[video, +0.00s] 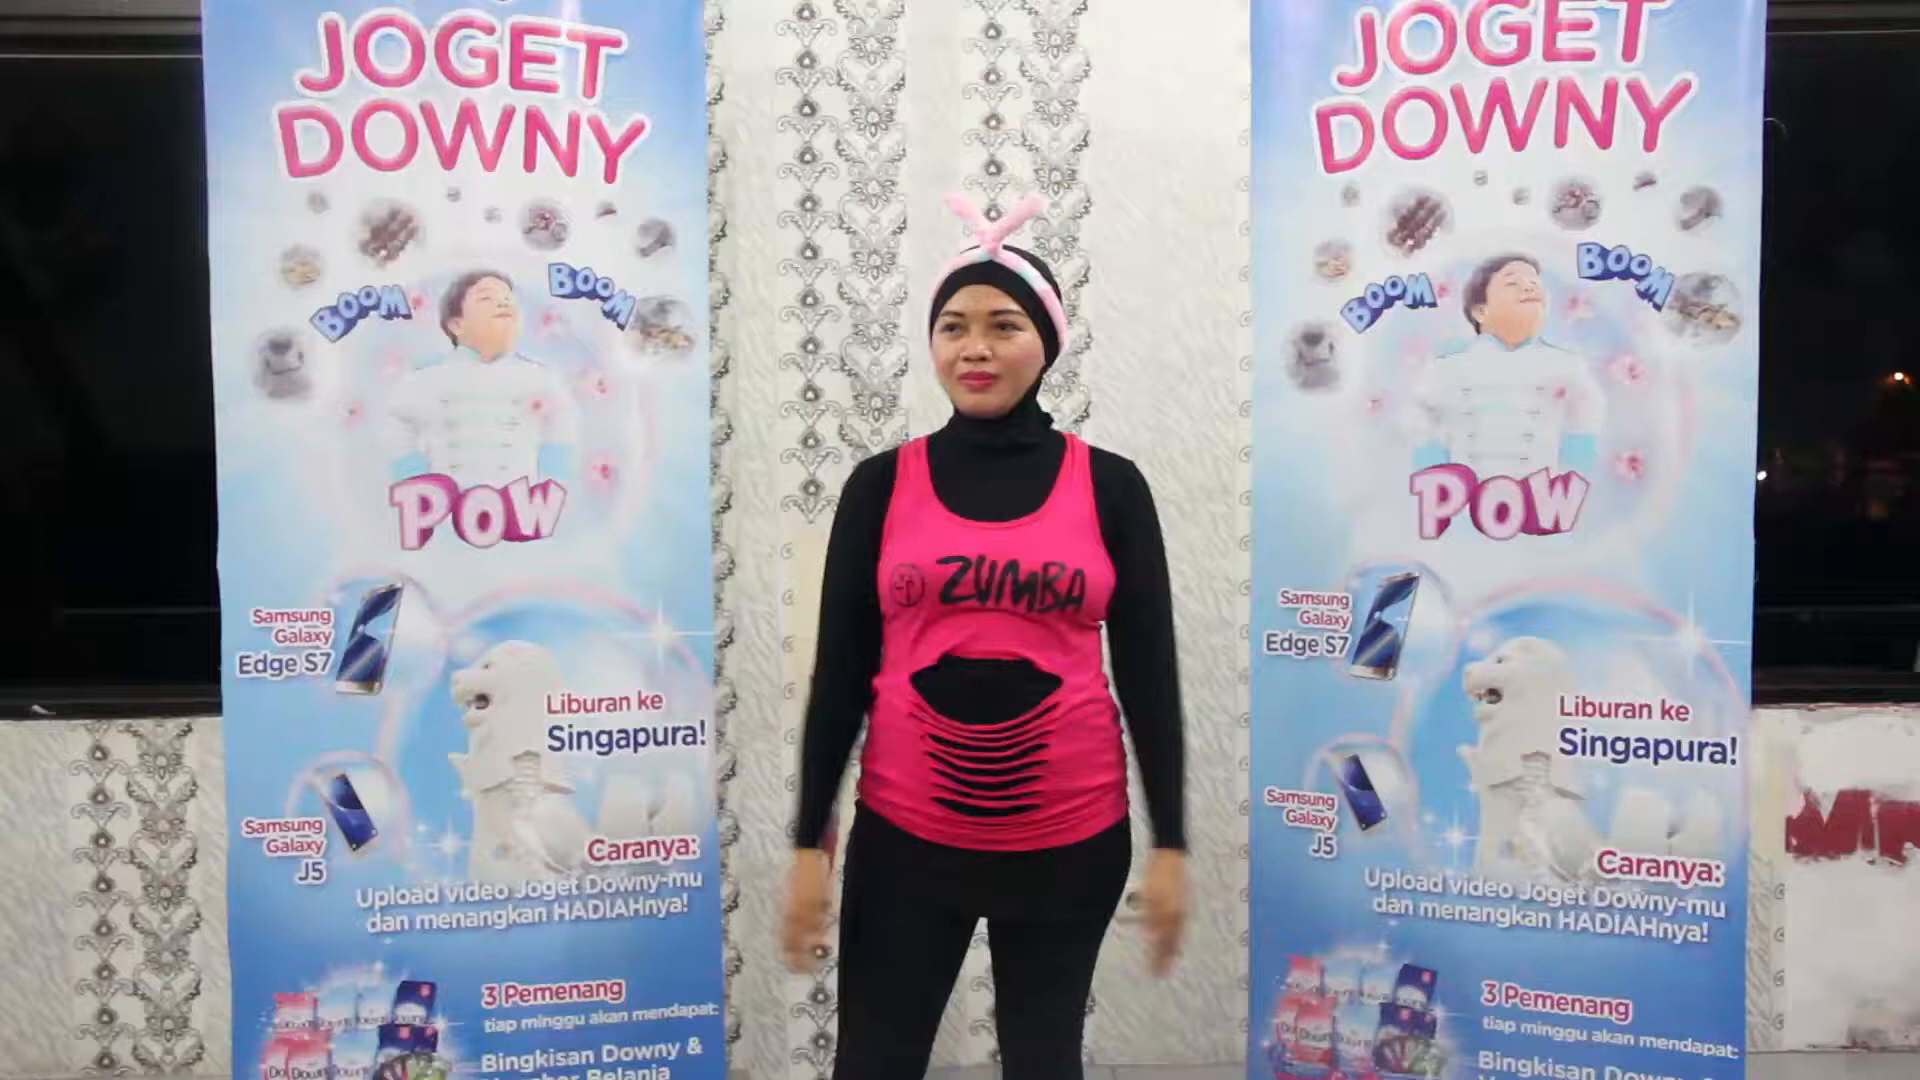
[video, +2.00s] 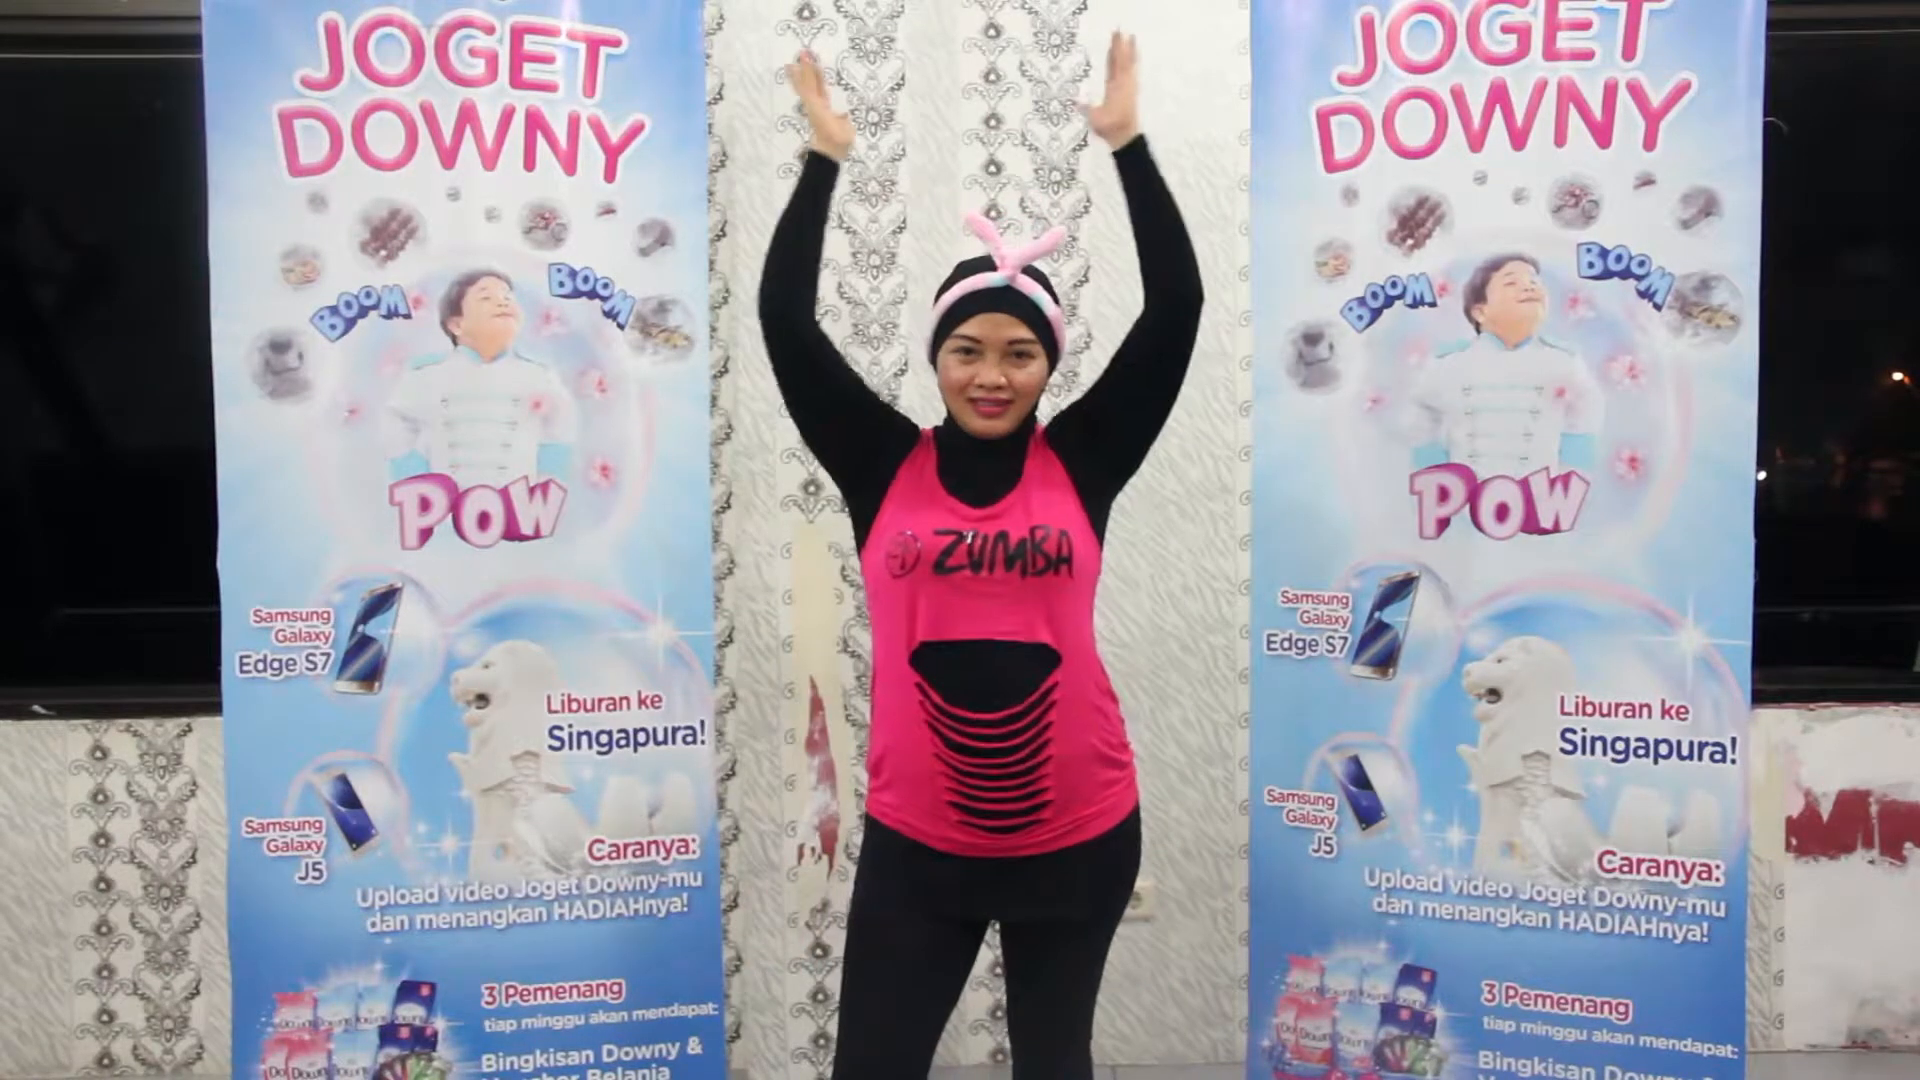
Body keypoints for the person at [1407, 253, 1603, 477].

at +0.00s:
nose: (1528, 287)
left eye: (1534, 282)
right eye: (1511, 282)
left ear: (1544, 302)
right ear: (1479, 311)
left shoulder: (1565, 366)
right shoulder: (1444, 369)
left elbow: (1583, 431)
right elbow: (1418, 424)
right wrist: (1434, 483)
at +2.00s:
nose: (1528, 286)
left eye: (1534, 281)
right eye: (1510, 281)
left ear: (1545, 298)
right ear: (1479, 311)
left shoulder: (1565, 364)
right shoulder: (1445, 367)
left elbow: (1581, 440)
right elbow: (1420, 430)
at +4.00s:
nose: (1528, 286)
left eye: (1534, 281)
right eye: (1510, 282)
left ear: (1545, 300)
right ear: (1478, 311)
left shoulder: (1564, 364)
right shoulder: (1445, 366)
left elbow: (1582, 431)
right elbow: (1416, 422)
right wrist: (1436, 481)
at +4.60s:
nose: (1529, 286)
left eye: (1535, 281)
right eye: (1510, 283)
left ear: (1545, 300)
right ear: (1479, 311)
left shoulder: (1564, 363)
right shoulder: (1446, 366)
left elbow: (1584, 420)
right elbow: (1417, 417)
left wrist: (1567, 483)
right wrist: (1435, 477)